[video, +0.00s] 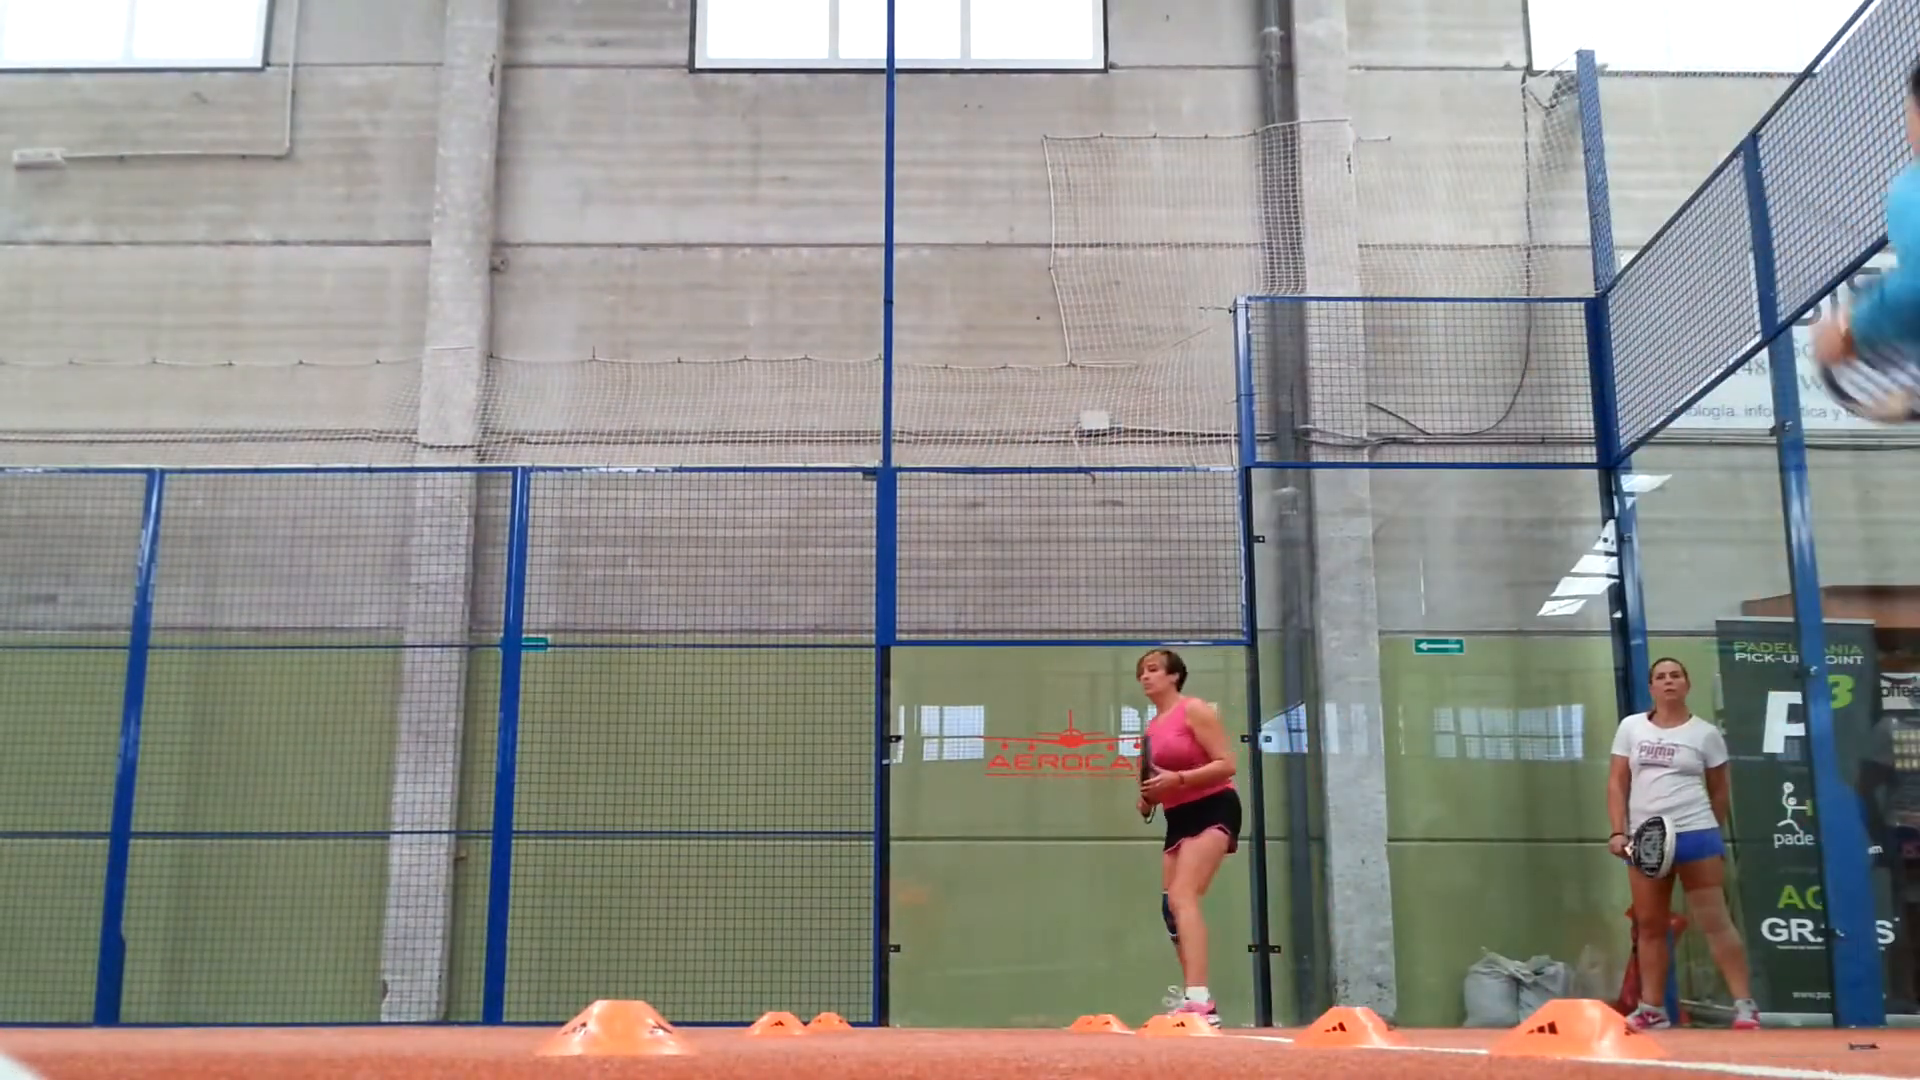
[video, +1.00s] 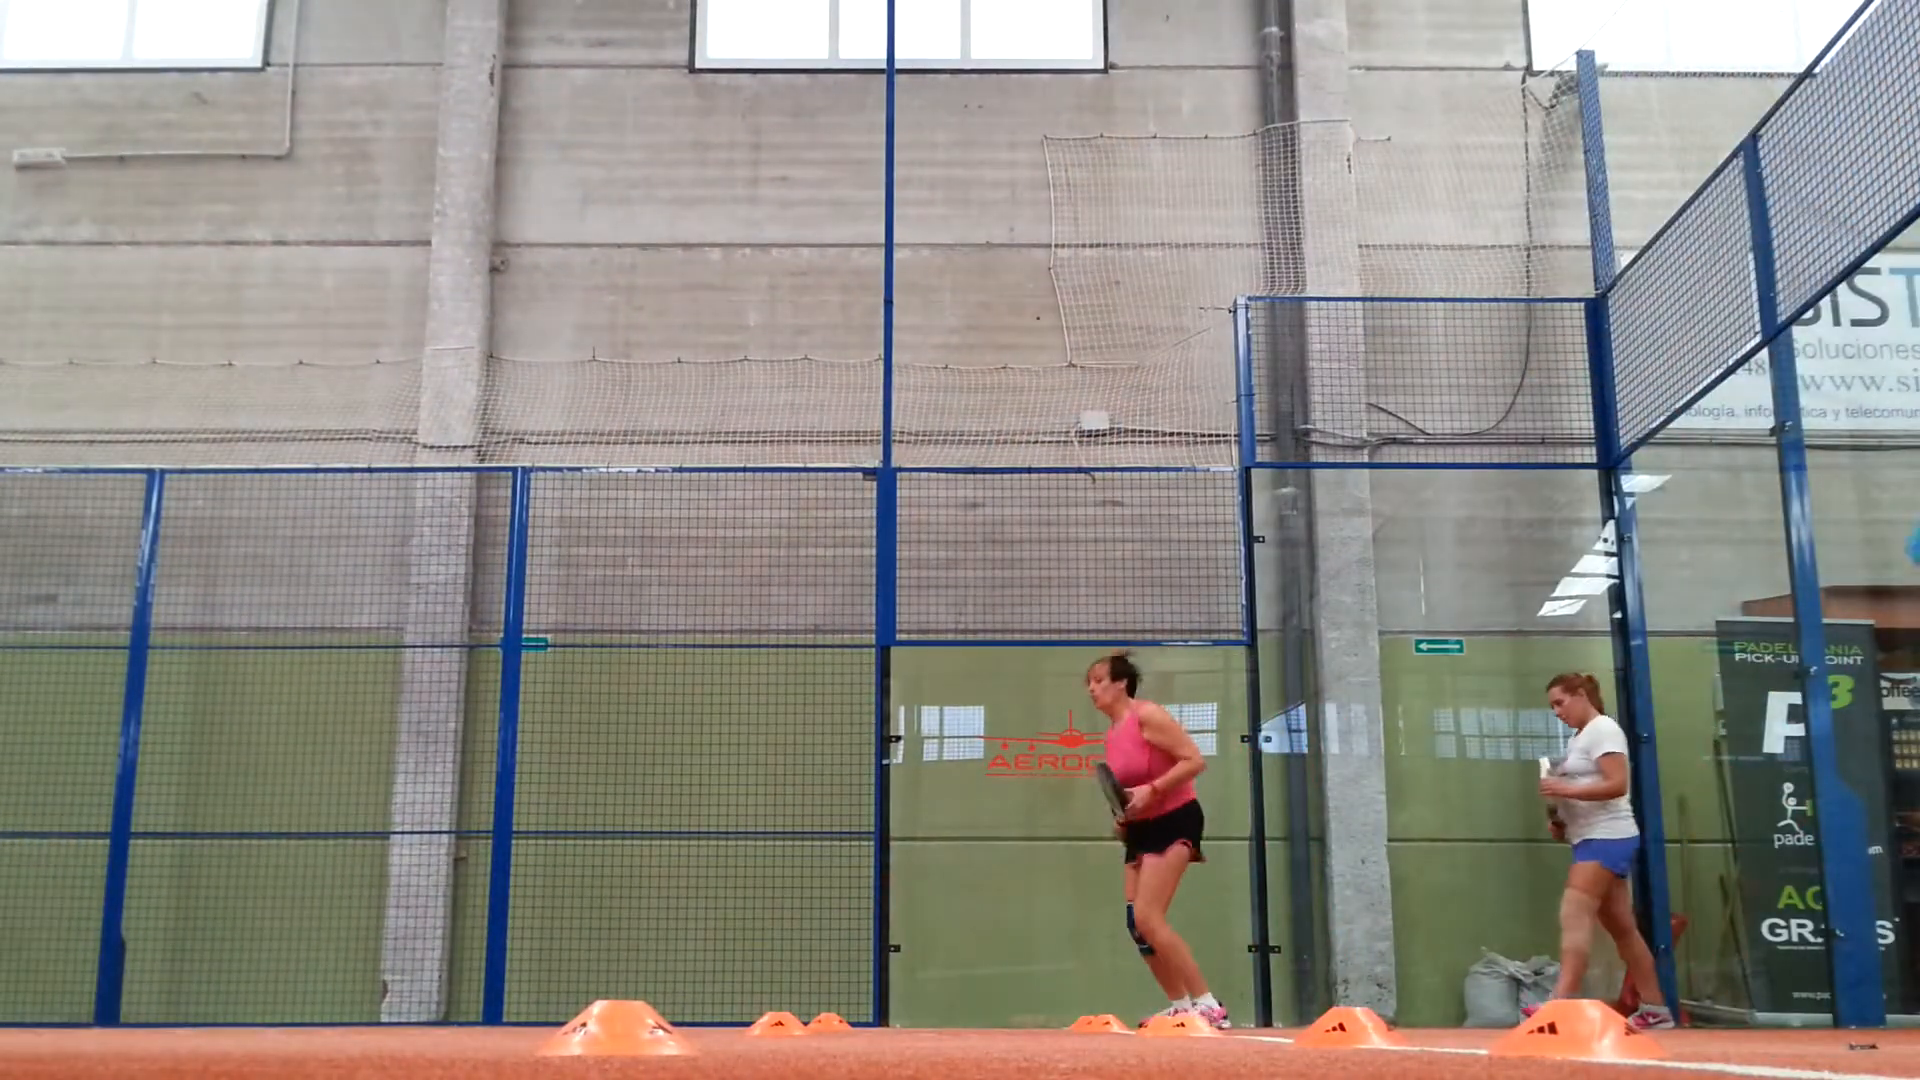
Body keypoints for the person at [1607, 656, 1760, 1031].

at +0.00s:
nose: (1669, 681)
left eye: (1675, 676)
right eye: (1662, 677)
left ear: (1688, 685)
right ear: (1651, 688)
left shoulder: (1706, 734)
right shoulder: (1631, 727)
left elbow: (1720, 793)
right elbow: (1617, 782)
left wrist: (1712, 833)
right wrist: (1618, 831)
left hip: (1696, 835)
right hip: (1646, 840)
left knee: (1716, 921)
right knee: (1649, 925)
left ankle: (1744, 1005)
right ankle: (1651, 1008)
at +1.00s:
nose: (1557, 712)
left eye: (1560, 703)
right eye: (1553, 707)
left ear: (1582, 696)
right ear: (1574, 702)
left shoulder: (1604, 729)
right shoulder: (1580, 738)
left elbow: (1616, 784)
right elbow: (1587, 787)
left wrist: (1563, 789)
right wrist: (1562, 815)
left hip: (1607, 836)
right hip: (1596, 836)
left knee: (1575, 911)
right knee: (1622, 926)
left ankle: (1562, 1002)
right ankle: (1655, 1007)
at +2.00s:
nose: (1432, 701)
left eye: (1438, 693)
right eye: (1430, 695)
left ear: (1461, 694)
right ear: (1434, 701)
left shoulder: (1494, 733)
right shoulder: (1431, 745)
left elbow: (1527, 783)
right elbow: (1425, 796)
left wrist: (1503, 781)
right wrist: (1430, 823)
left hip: (1493, 840)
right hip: (1450, 843)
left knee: (1507, 922)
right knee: (1435, 922)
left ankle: (1551, 1004)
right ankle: (1436, 1008)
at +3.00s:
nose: (1466, 701)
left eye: (1472, 695)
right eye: (1462, 697)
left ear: (1494, 701)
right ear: (1461, 706)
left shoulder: (1516, 741)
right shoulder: (1457, 747)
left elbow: (1542, 796)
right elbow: (1455, 795)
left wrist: (1514, 788)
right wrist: (1455, 820)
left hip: (1513, 845)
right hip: (1471, 845)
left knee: (1512, 927)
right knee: (1458, 923)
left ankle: (1522, 1008)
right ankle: (1443, 1005)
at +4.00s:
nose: (1440, 709)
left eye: (1447, 703)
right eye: (1436, 705)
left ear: (1467, 708)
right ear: (1435, 714)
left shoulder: (1487, 746)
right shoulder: (1431, 755)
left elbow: (1508, 799)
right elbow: (1427, 798)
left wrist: (1475, 786)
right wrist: (1422, 822)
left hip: (1480, 848)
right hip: (1440, 849)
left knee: (1489, 929)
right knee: (1446, 932)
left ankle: (1521, 1006)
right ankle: (1453, 1009)